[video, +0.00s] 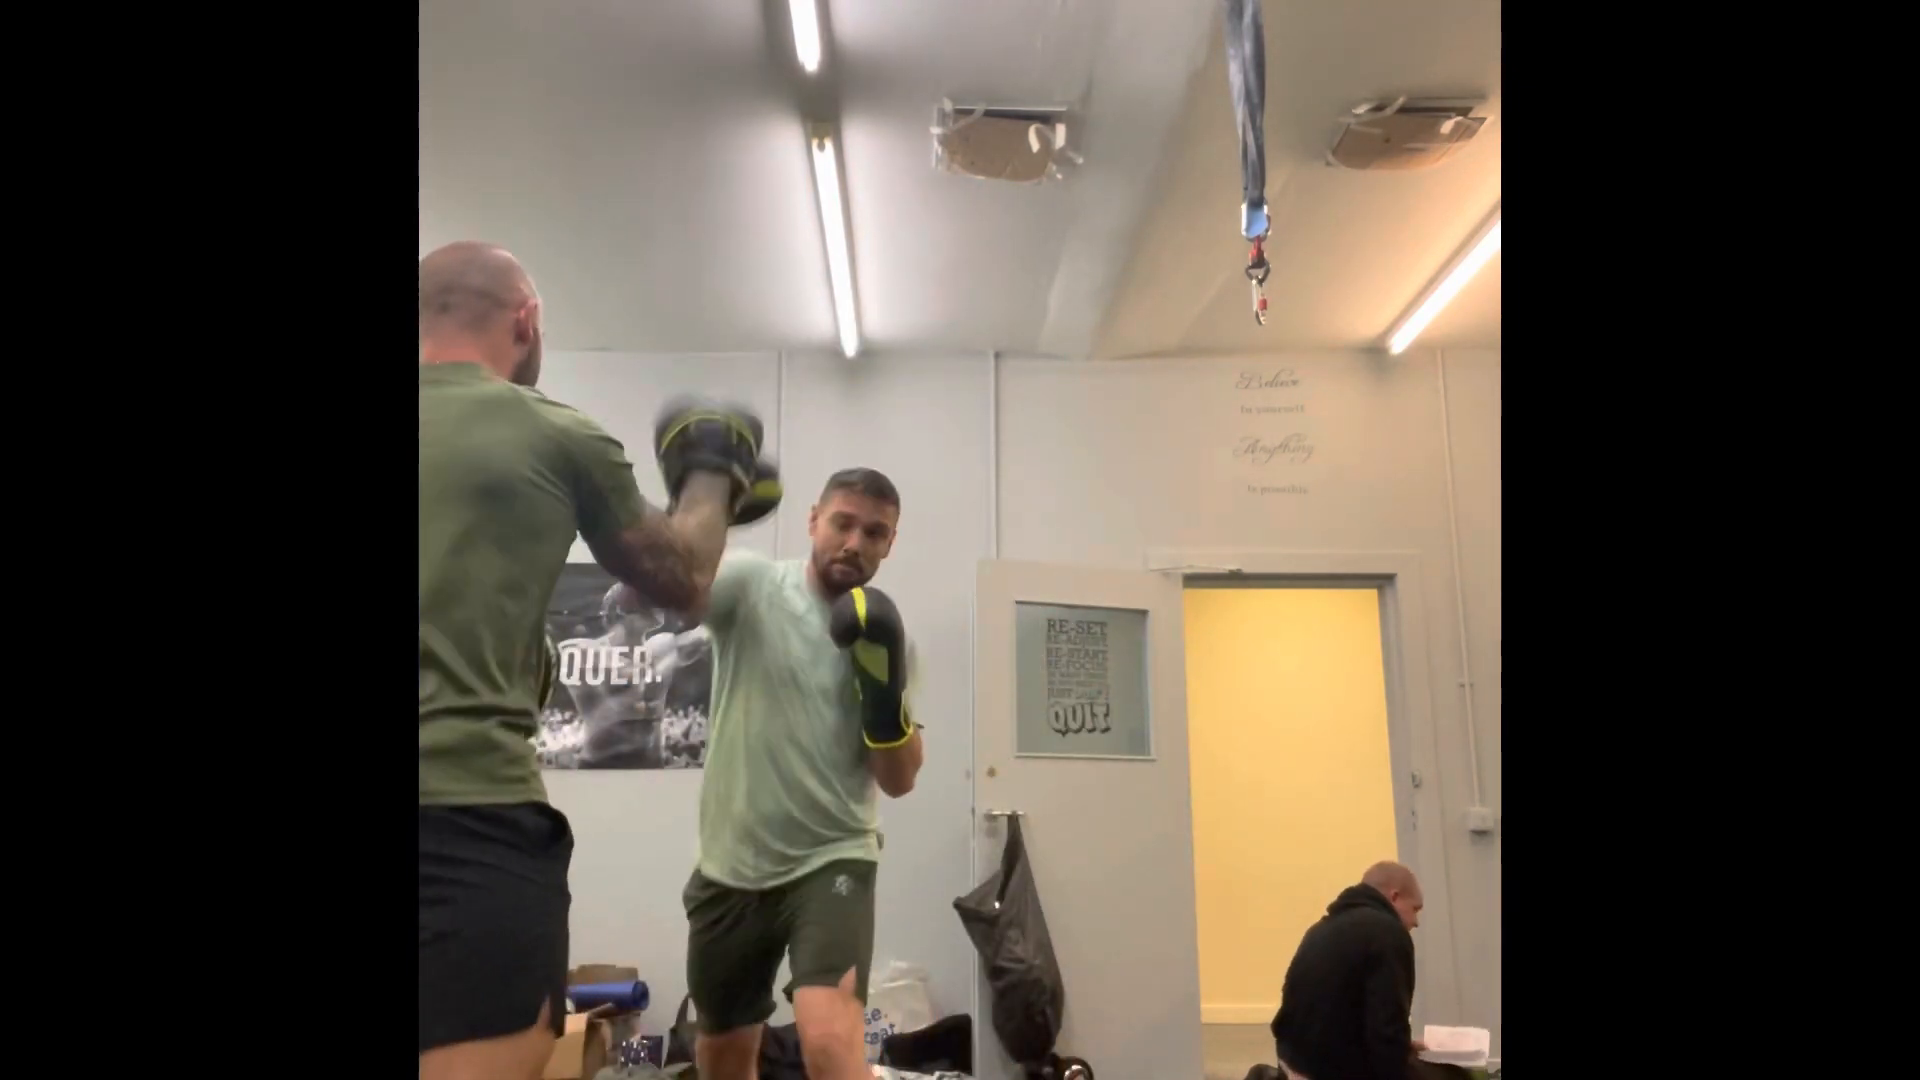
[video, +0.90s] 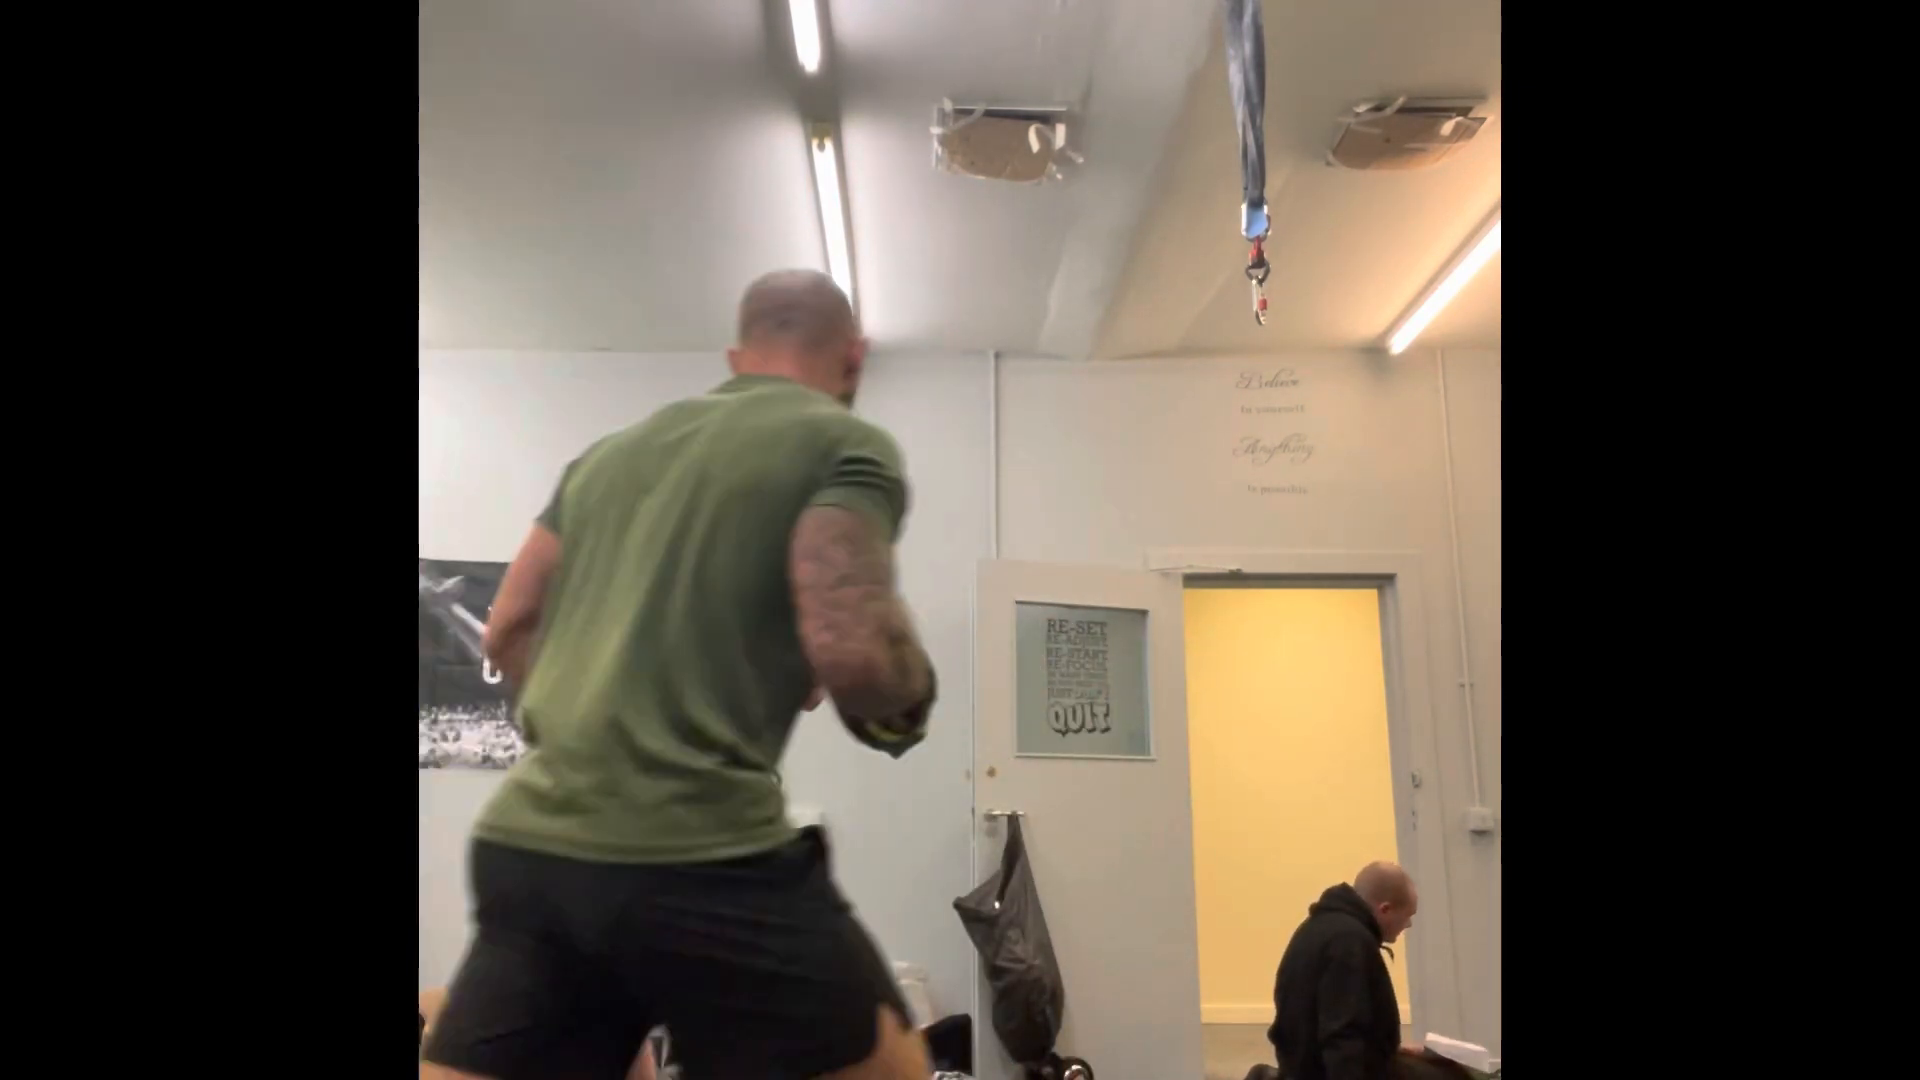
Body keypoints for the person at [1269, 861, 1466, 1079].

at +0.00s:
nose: (1415, 923)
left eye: (1417, 912)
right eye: (1415, 910)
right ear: (1394, 898)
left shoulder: (1326, 925)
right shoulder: (1389, 933)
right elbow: (1387, 1030)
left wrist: (1403, 1045)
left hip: (1293, 1057)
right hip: (1341, 1067)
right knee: (1457, 1072)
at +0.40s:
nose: (1402, 911)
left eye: (1402, 899)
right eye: (1399, 897)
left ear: (1350, 886)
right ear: (1376, 887)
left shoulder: (1310, 926)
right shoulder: (1376, 929)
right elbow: (1378, 1027)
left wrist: (1400, 1042)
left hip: (1297, 1059)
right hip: (1349, 1067)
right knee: (1458, 1072)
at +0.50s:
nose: (1400, 909)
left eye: (1400, 898)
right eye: (1397, 896)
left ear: (1369, 889)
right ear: (1373, 888)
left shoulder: (1312, 924)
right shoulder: (1366, 926)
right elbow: (1355, 1013)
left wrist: (1397, 1039)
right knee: (1453, 1073)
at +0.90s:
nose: (1409, 925)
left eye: (1411, 916)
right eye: (1407, 916)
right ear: (1384, 910)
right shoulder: (1351, 940)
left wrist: (1391, 1050)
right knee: (1445, 1072)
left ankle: (1271, 1074)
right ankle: (1271, 1074)